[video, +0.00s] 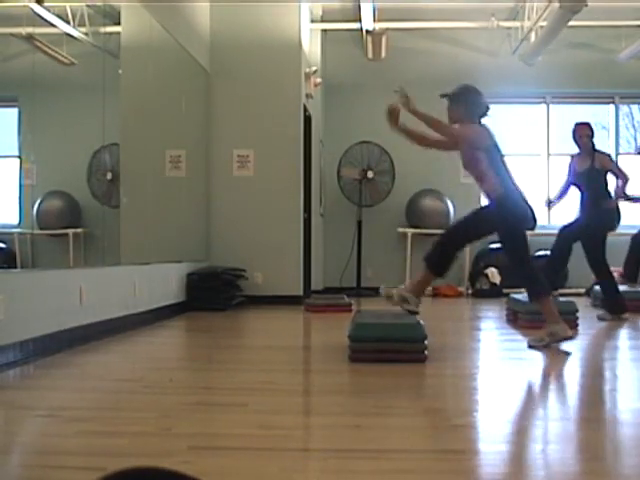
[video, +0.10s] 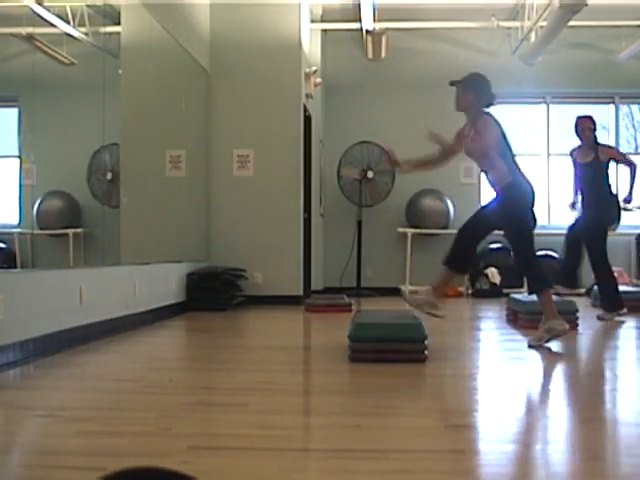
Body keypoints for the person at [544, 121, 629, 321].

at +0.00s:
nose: (584, 140)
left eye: (587, 136)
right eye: (579, 137)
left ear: (592, 137)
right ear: (575, 139)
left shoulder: (602, 159)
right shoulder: (574, 161)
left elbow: (623, 178)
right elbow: (568, 184)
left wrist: (618, 196)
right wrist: (555, 200)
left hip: (606, 214)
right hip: (587, 215)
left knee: (566, 234)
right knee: (597, 263)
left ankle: (551, 280)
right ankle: (616, 307)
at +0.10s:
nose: (586, 134)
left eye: (589, 130)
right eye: (582, 130)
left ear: (595, 131)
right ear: (577, 133)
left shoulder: (605, 151)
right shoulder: (575, 154)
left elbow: (632, 166)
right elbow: (577, 177)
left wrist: (629, 194)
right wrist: (574, 198)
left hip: (605, 208)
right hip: (588, 209)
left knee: (573, 235)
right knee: (598, 258)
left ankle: (568, 282)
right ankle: (613, 304)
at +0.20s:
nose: (590, 133)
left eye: (593, 129)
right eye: (585, 130)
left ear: (598, 130)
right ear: (580, 132)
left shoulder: (607, 149)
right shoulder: (576, 153)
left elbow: (634, 159)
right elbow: (582, 181)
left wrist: (635, 187)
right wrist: (581, 205)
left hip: (607, 205)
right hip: (588, 207)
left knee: (587, 245)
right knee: (599, 251)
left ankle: (595, 290)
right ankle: (615, 298)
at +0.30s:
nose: (591, 137)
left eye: (595, 133)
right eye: (587, 134)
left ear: (600, 134)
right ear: (582, 136)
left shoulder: (610, 155)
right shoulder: (578, 157)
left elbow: (635, 169)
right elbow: (579, 185)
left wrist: (637, 196)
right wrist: (579, 209)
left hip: (609, 212)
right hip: (587, 213)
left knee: (605, 260)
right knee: (599, 261)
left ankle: (615, 308)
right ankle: (611, 307)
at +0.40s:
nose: (593, 136)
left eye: (596, 132)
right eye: (589, 132)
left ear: (602, 133)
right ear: (583, 135)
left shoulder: (611, 156)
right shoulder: (580, 158)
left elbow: (631, 181)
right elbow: (573, 183)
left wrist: (626, 205)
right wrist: (565, 203)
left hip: (611, 214)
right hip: (587, 215)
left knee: (610, 262)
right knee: (587, 261)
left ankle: (617, 310)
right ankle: (608, 302)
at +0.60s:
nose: (591, 134)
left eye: (594, 129)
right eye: (587, 130)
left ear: (600, 130)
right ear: (581, 133)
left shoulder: (610, 150)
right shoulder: (577, 151)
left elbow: (606, 161)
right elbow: (553, 165)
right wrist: (547, 156)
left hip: (607, 210)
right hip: (585, 209)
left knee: (609, 259)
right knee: (563, 233)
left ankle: (617, 311)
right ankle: (573, 282)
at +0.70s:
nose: (584, 136)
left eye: (587, 131)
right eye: (580, 132)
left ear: (594, 132)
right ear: (574, 134)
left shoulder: (603, 150)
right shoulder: (572, 152)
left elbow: (601, 159)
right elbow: (545, 156)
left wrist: (588, 146)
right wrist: (544, 139)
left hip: (603, 209)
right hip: (580, 209)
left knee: (607, 258)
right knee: (560, 233)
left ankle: (616, 310)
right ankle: (556, 282)